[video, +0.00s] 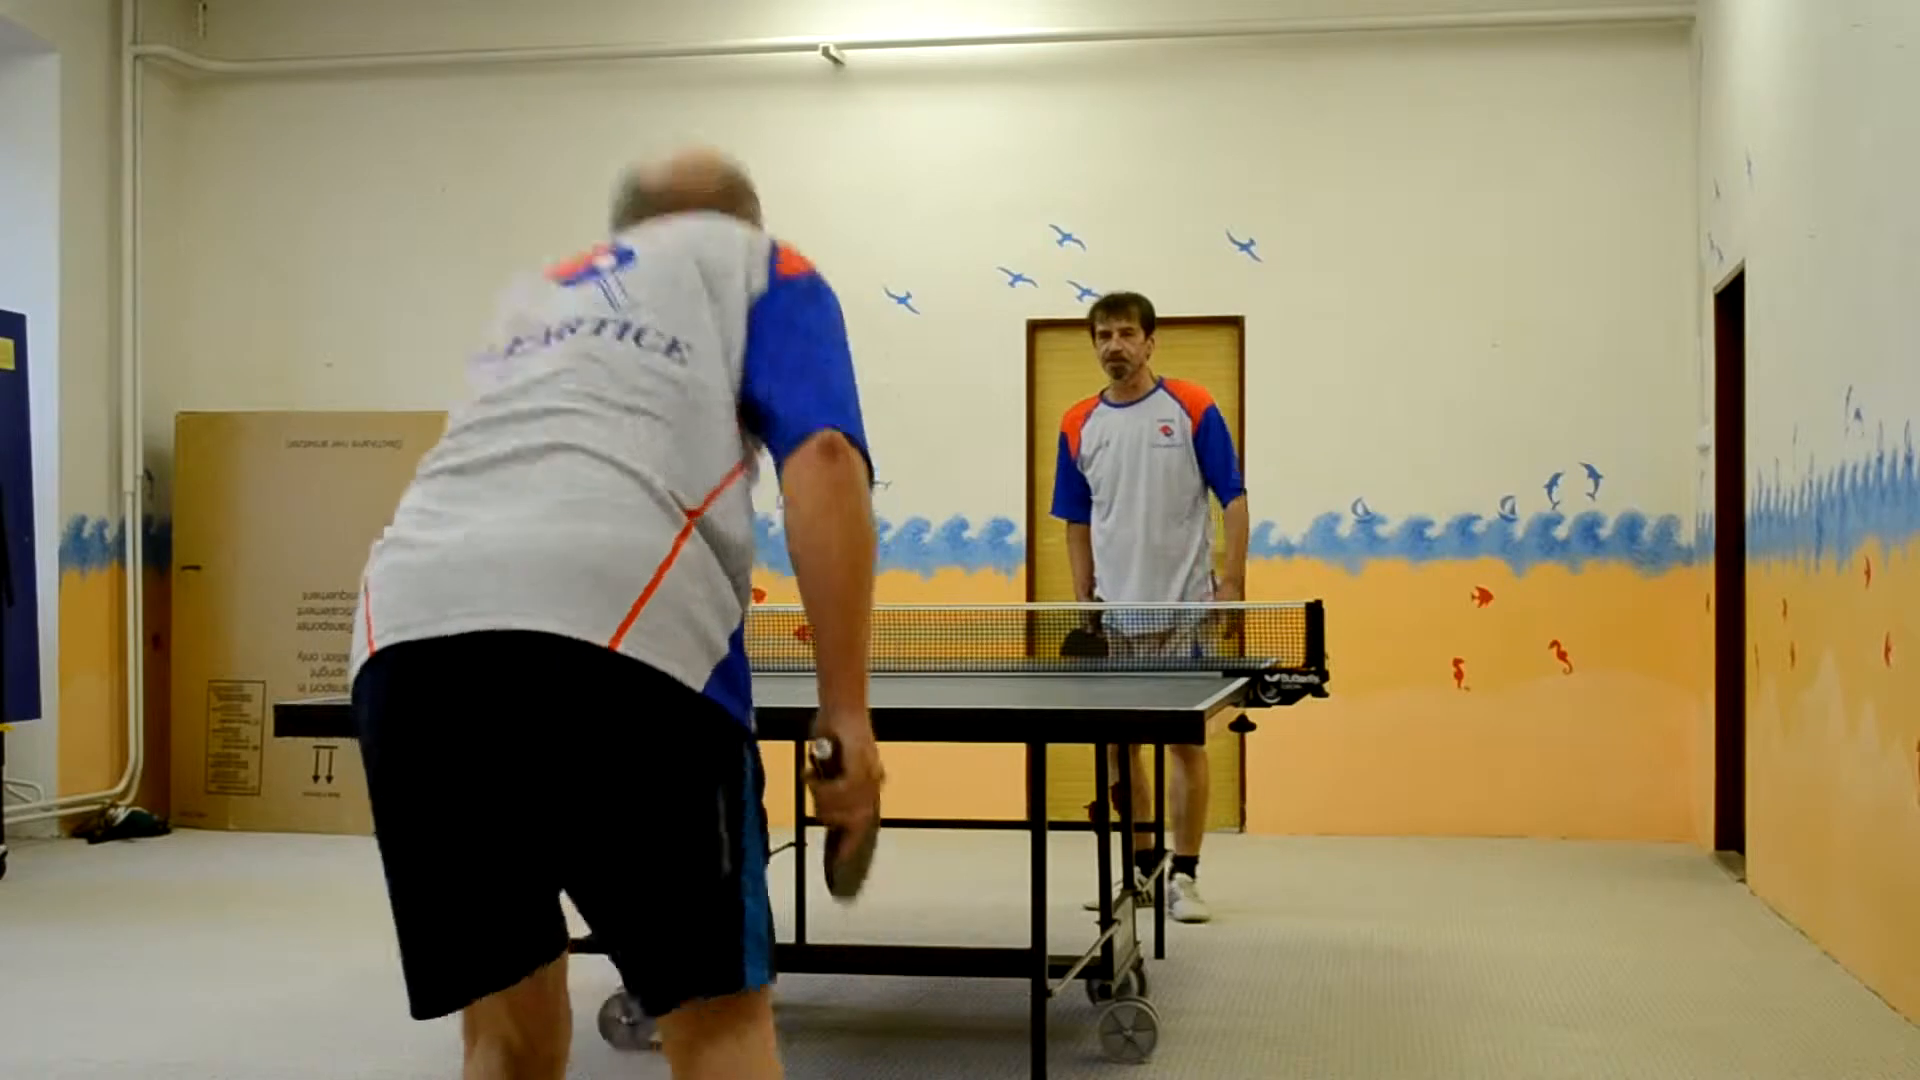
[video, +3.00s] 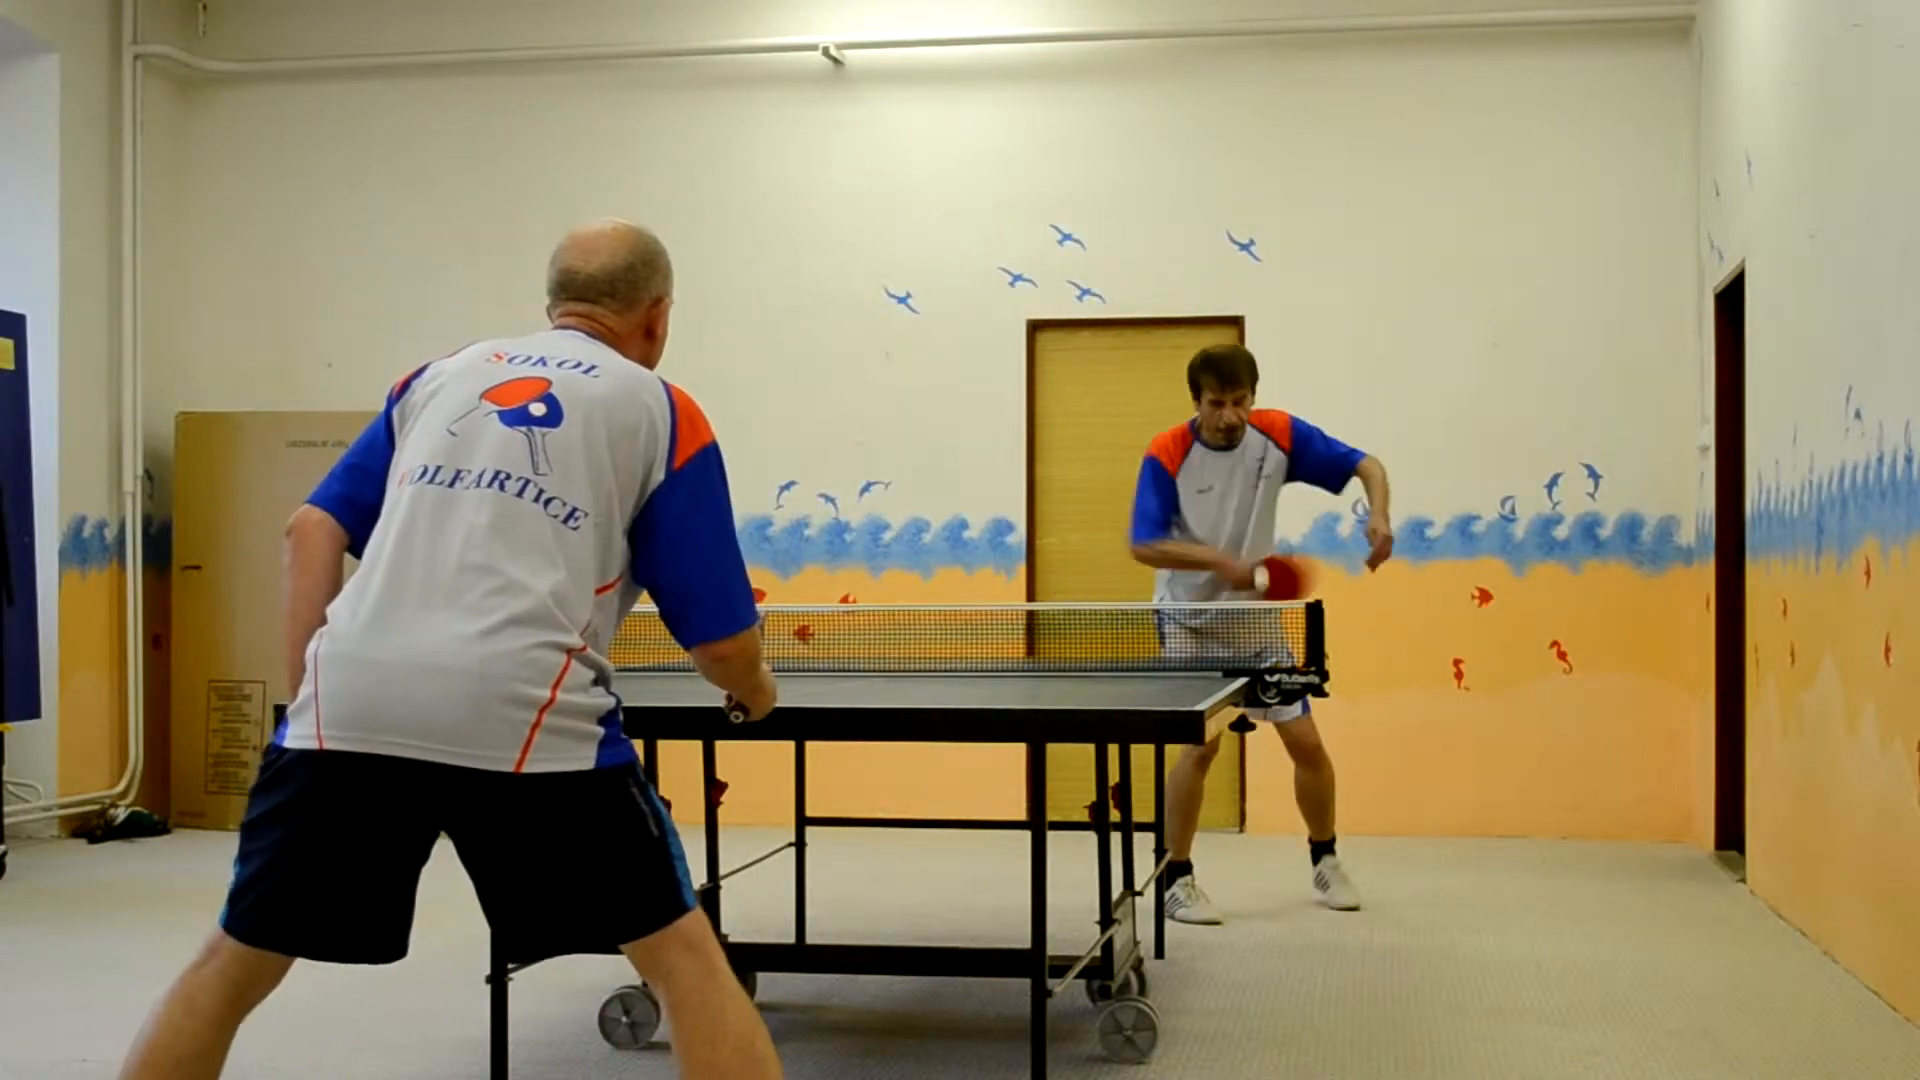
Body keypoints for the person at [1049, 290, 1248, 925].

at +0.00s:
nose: (1116, 346)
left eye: (1127, 334)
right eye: (1105, 336)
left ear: (1149, 340)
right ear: (1094, 345)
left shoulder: (1193, 407)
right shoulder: (1076, 424)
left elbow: (1234, 498)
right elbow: (1075, 524)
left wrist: (1230, 583)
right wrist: (1085, 605)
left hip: (1186, 610)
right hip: (1114, 615)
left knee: (1185, 741)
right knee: (1120, 747)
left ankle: (1182, 872)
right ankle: (1143, 871)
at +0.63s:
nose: (1101, 349)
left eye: (1112, 338)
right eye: (1091, 339)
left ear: (1136, 342)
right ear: (1079, 344)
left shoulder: (1172, 409)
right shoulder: (1054, 419)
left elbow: (1196, 497)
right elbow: (1042, 506)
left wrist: (1141, 551)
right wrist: (1035, 568)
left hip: (1158, 606)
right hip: (1079, 609)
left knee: (1177, 740)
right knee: (1057, 741)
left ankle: (1181, 873)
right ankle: (1050, 870)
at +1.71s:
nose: (1159, 381)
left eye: (1171, 369)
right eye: (1148, 369)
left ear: (1187, 367)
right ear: (1130, 367)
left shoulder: (1214, 420)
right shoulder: (1093, 431)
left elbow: (1240, 510)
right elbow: (1052, 517)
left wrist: (1184, 544)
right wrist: (1081, 573)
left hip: (1191, 609)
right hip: (1123, 610)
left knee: (1180, 736)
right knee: (1142, 738)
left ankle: (1146, 862)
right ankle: (1144, 871)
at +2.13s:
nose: (1200, 438)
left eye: (1210, 425)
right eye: (1187, 426)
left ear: (1222, 418)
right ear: (1163, 419)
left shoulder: (1242, 454)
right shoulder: (1127, 473)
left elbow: (1273, 545)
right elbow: (1088, 569)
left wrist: (1255, 607)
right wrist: (1140, 632)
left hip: (1213, 632)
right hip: (1151, 637)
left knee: (1247, 738)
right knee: (1175, 746)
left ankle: (1197, 857)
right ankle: (1170, 879)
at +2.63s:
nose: (1220, 436)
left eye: (1229, 424)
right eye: (1208, 425)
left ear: (1240, 414)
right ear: (1182, 415)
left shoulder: (1253, 440)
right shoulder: (1154, 471)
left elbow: (1299, 519)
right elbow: (1142, 577)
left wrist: (1278, 550)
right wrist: (1223, 625)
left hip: (1224, 620)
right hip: (1162, 623)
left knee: (1286, 715)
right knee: (1192, 742)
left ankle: (1253, 831)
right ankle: (1174, 879)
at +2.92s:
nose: (1231, 423)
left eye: (1239, 410)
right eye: (1218, 413)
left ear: (1249, 401)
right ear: (1192, 406)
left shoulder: (1262, 425)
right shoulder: (1169, 462)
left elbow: (1347, 461)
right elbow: (1188, 567)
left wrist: (1356, 505)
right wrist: (1264, 549)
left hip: (1241, 608)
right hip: (1182, 617)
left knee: (1310, 727)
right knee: (1202, 746)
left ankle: (1327, 841)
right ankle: (1175, 880)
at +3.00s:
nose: (1229, 416)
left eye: (1239, 403)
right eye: (1217, 405)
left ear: (1252, 395)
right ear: (1196, 400)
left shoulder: (1278, 434)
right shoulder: (1166, 454)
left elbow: (1368, 466)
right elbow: (1144, 545)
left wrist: (1380, 517)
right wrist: (1220, 559)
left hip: (1254, 614)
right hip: (1187, 618)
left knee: (1308, 744)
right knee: (1198, 746)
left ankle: (1325, 863)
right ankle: (1176, 879)